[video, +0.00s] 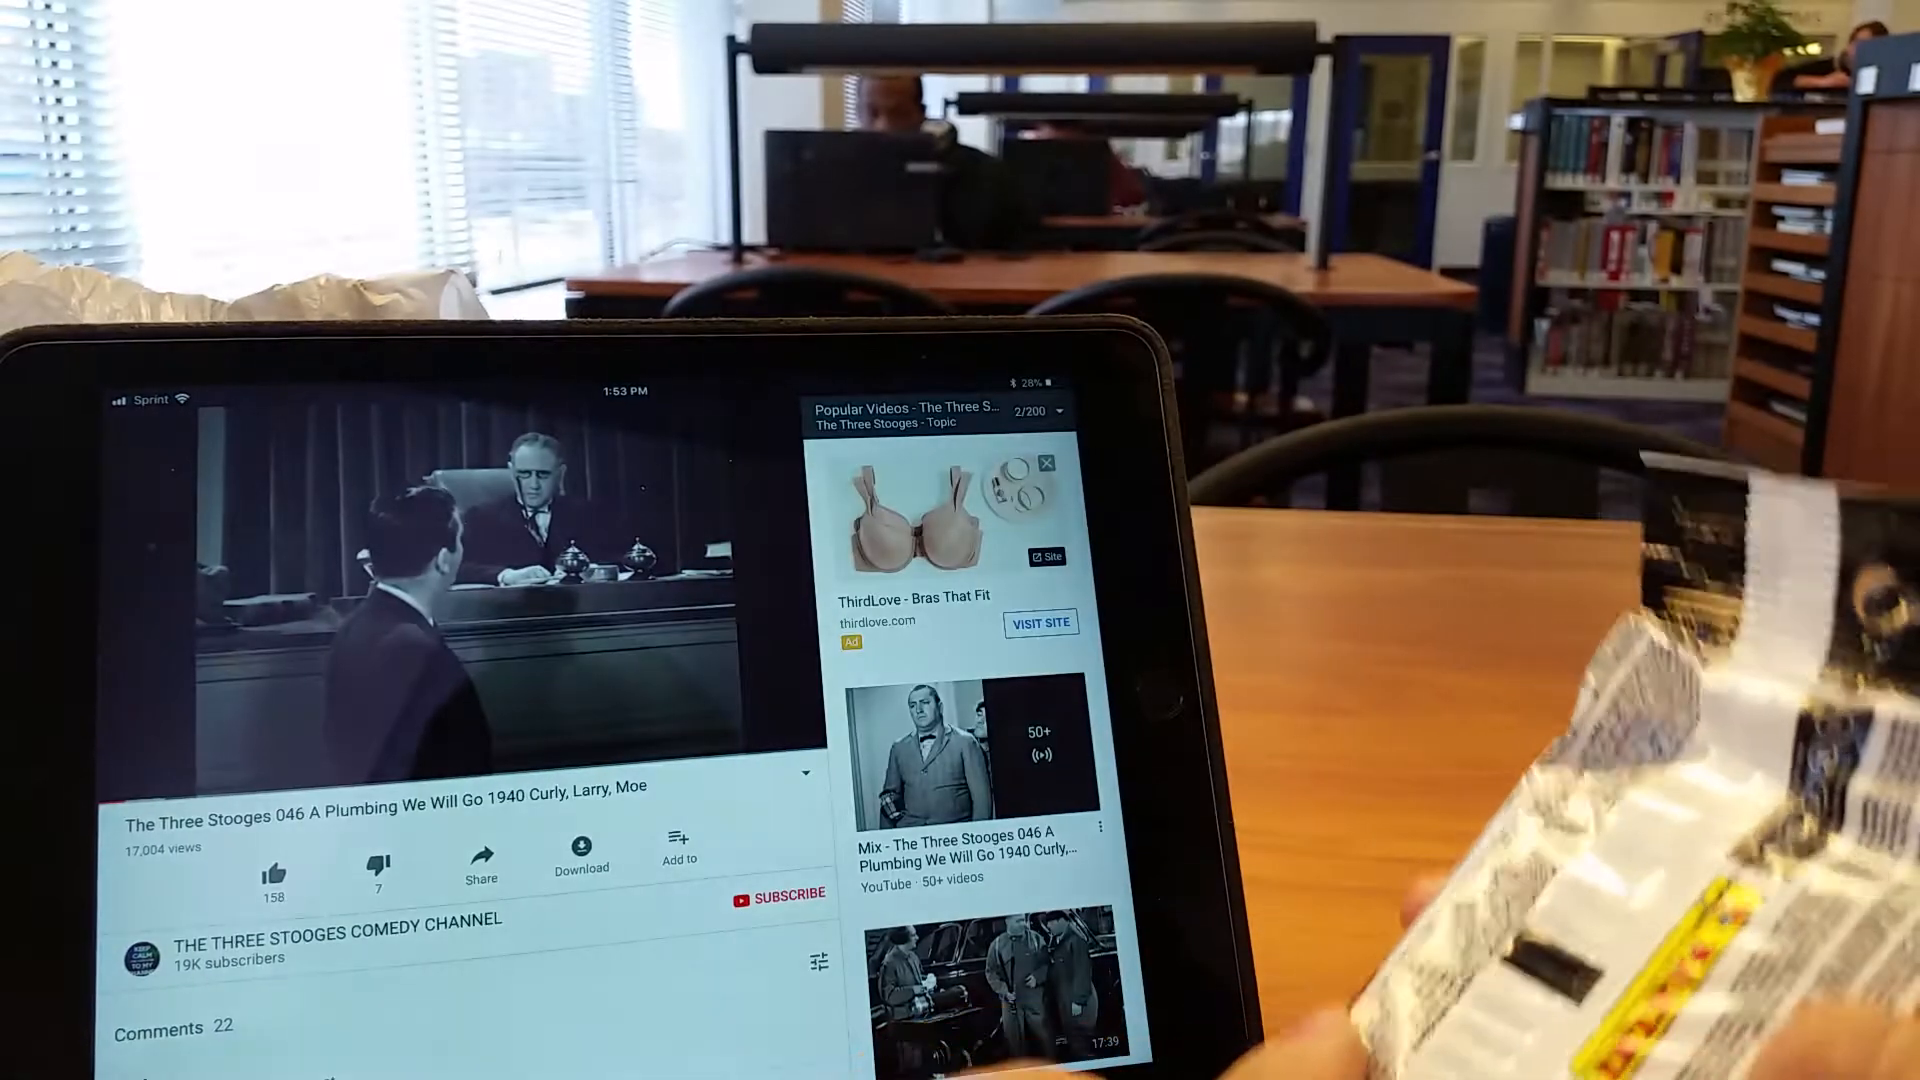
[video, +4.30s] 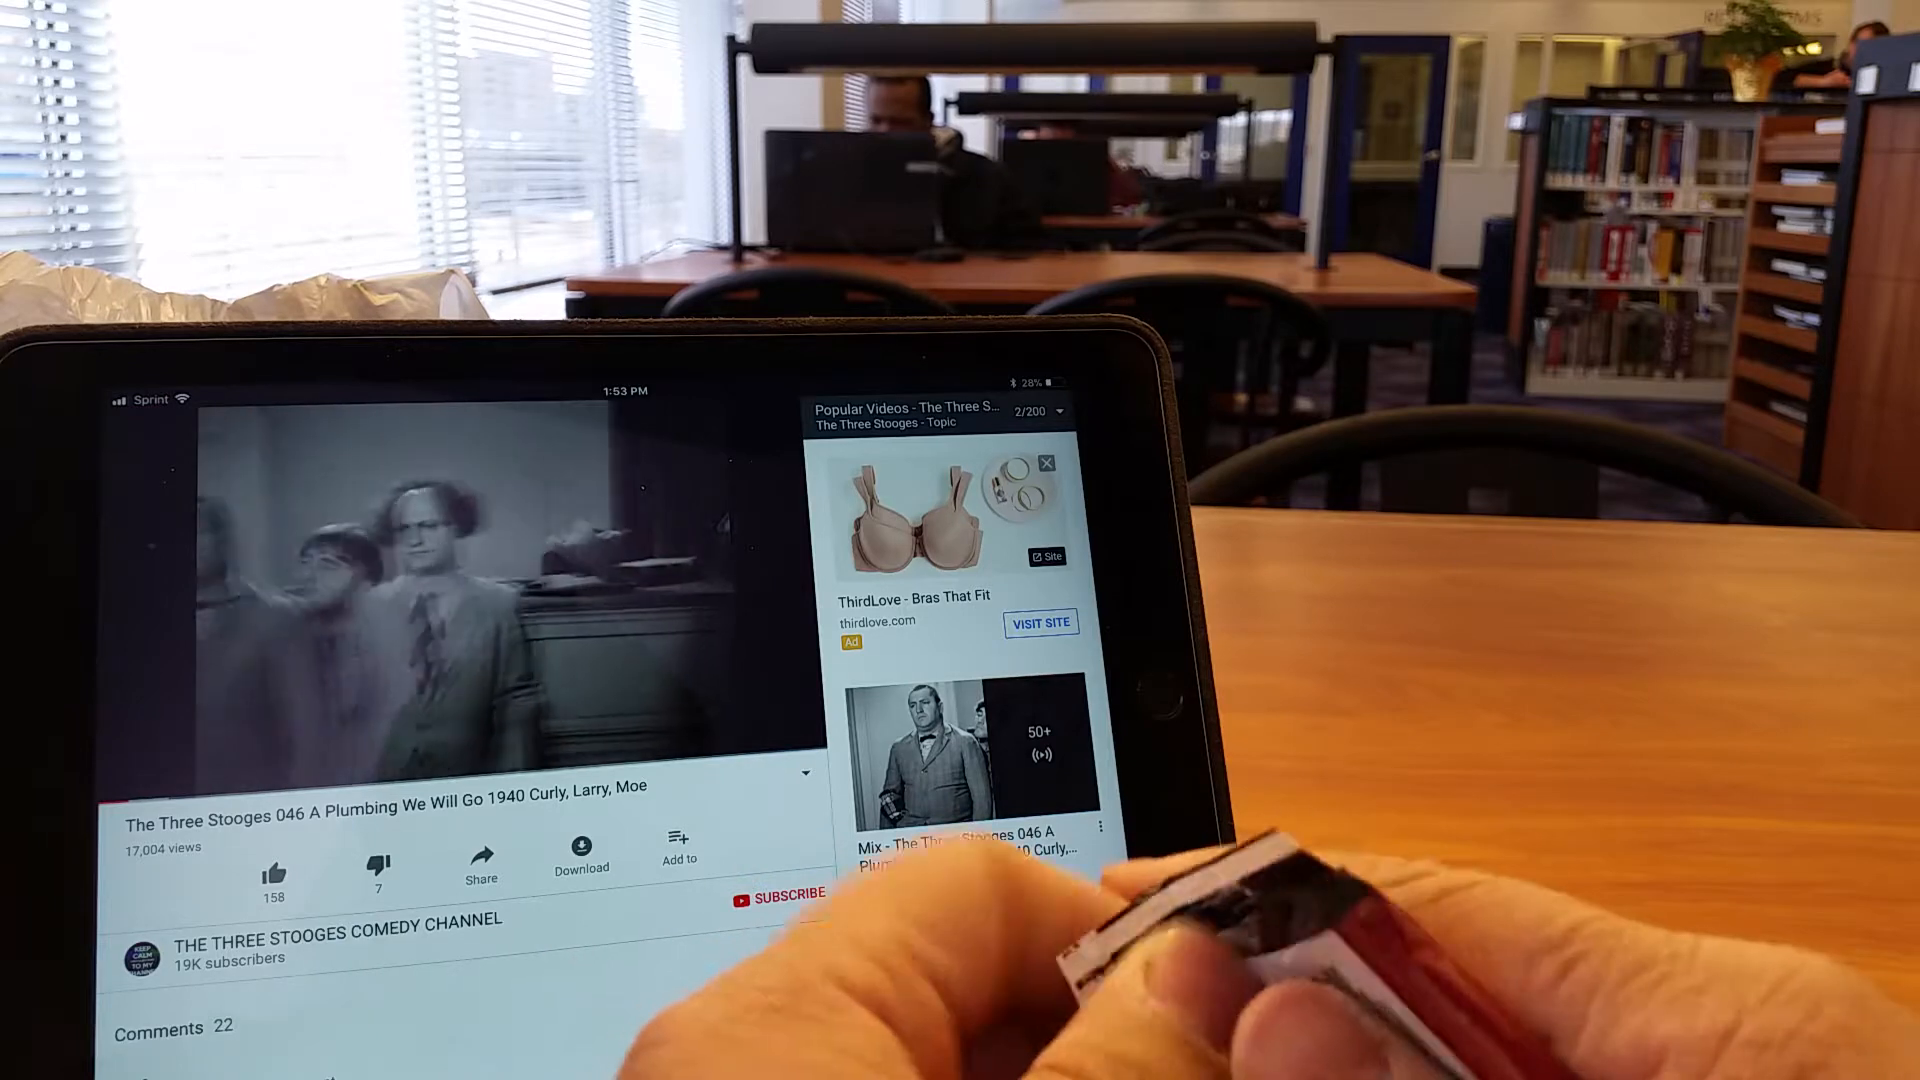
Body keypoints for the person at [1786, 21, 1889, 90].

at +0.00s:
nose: (1858, 49)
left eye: (1865, 45)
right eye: (1856, 42)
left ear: (1879, 50)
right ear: (1849, 44)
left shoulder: (1883, 77)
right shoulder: (1831, 67)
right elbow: (1782, 80)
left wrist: (1855, 84)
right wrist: (1826, 82)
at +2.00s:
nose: (1860, 50)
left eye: (1868, 46)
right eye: (1858, 43)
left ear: (1880, 50)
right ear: (1849, 44)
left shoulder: (1884, 77)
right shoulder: (1828, 68)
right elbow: (1780, 80)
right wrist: (1825, 82)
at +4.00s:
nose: (1859, 50)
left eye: (1867, 45)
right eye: (1857, 42)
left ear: (1880, 50)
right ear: (1849, 44)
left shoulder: (1885, 77)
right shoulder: (1830, 68)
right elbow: (1781, 79)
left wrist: (1855, 85)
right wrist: (1823, 82)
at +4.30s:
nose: (1860, 49)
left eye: (1867, 45)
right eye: (1858, 43)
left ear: (1880, 50)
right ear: (1850, 43)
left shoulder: (1885, 76)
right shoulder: (1831, 68)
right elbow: (1782, 79)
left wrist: (1857, 85)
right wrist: (1825, 82)